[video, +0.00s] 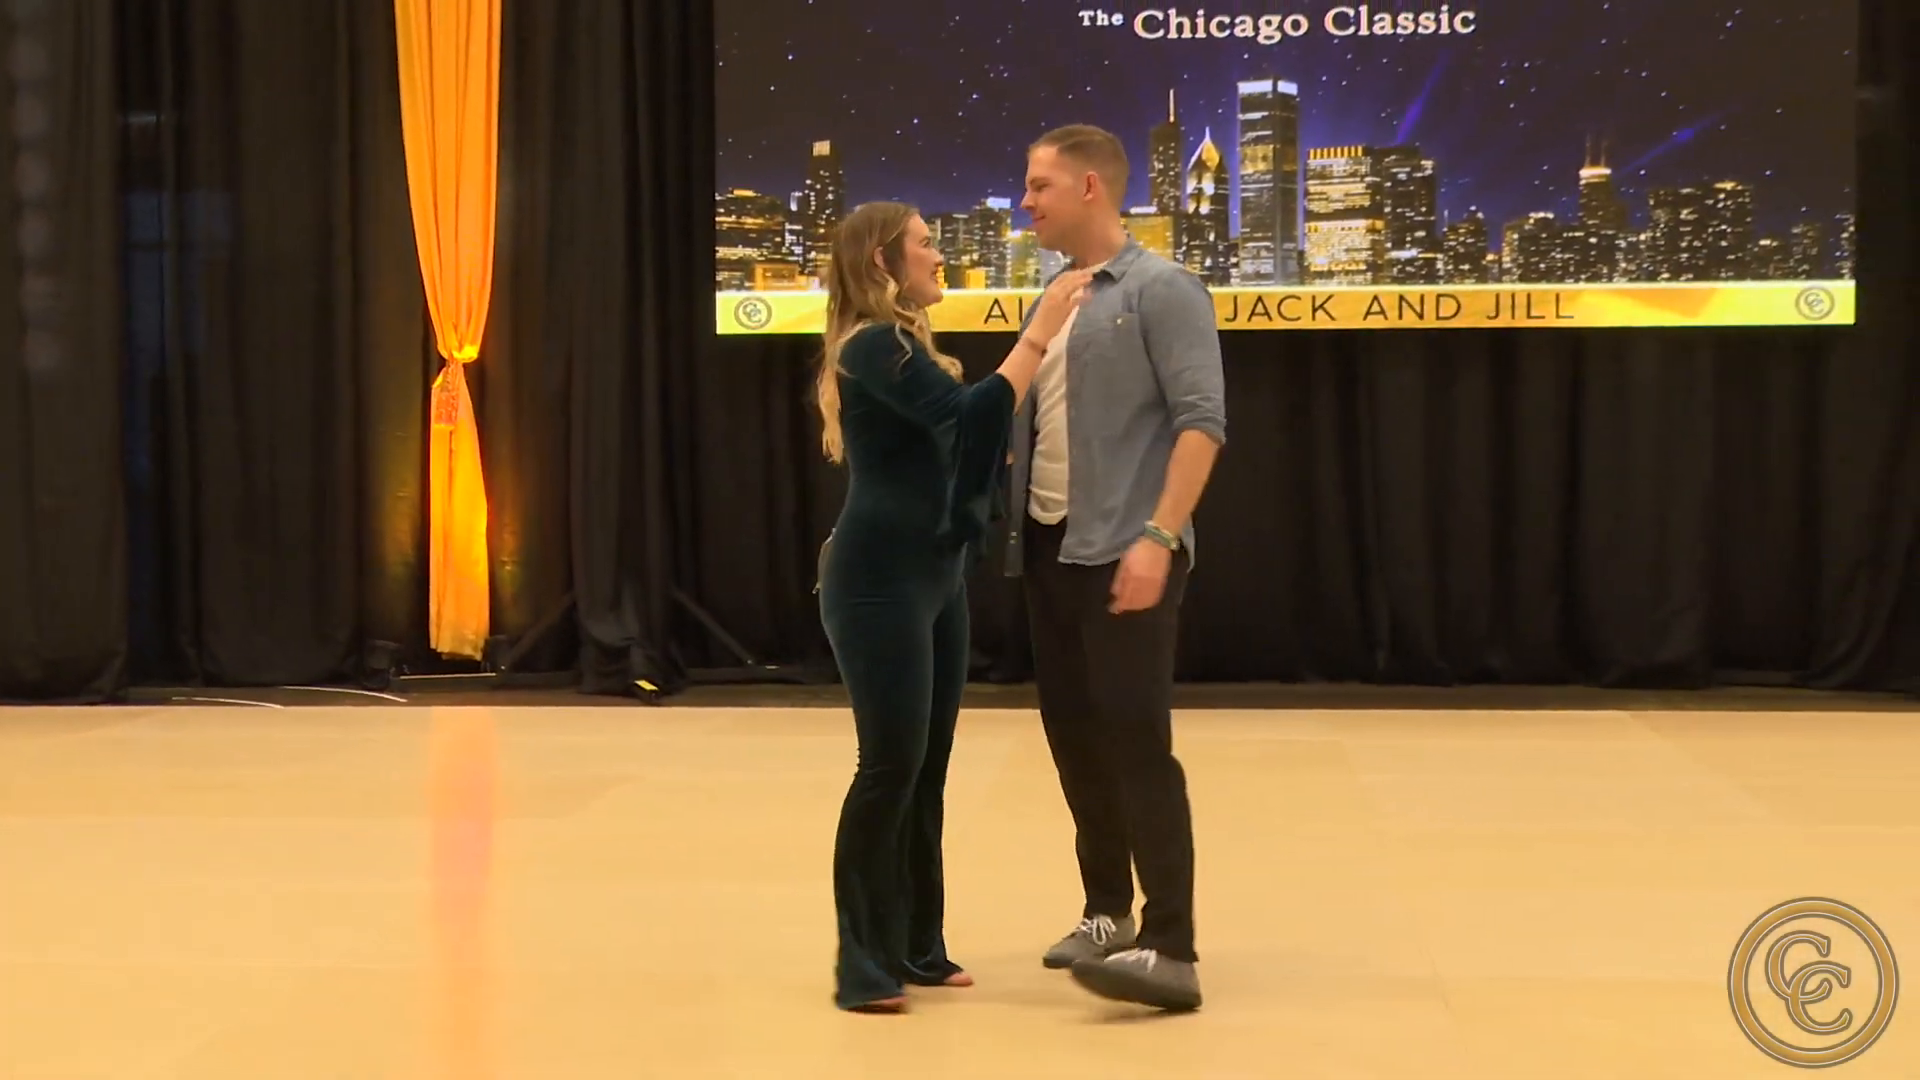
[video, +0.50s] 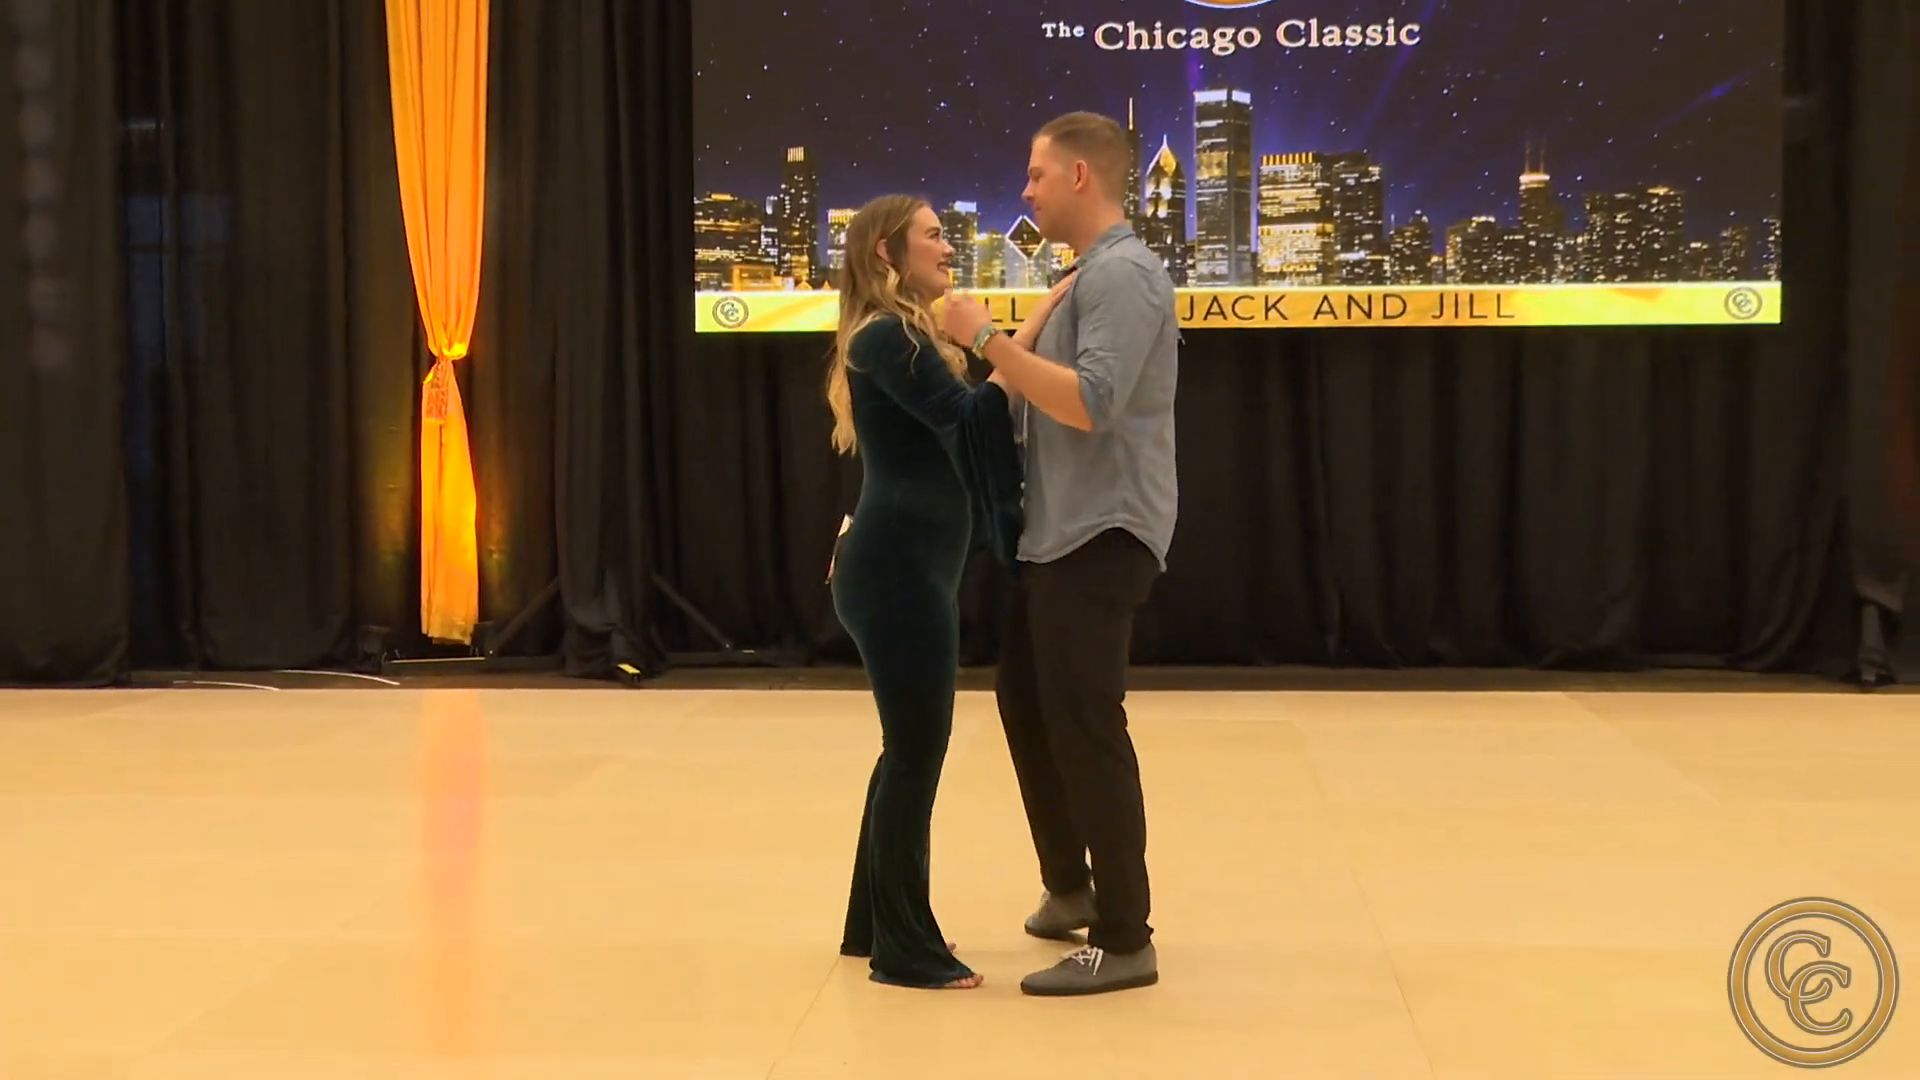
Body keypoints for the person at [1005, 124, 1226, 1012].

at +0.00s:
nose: (1026, 201)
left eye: (1039, 185)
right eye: (1026, 187)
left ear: (1095, 189)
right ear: (1071, 193)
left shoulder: (1163, 287)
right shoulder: (1053, 299)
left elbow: (1204, 421)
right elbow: (1021, 423)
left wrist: (1160, 538)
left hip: (1127, 553)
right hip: (1048, 551)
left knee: (1137, 747)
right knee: (1077, 743)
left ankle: (1171, 954)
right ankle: (1112, 917)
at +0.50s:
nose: (1026, 189)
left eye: (1036, 173)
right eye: (1028, 174)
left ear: (1080, 177)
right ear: (1082, 177)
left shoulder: (1123, 273)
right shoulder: (1080, 278)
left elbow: (1091, 402)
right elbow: (1033, 406)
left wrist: (987, 340)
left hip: (1103, 530)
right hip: (1057, 530)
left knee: (1085, 719)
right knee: (1028, 708)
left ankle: (1125, 945)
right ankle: (1072, 893)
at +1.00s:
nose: (1011, 197)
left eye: (1022, 182)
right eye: (1014, 182)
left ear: (1071, 189)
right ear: (1070, 190)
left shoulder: (1107, 285)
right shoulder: (1064, 287)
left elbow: (1099, 424)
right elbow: (1033, 411)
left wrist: (1018, 354)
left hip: (1085, 538)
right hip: (1050, 536)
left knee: (1082, 724)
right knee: (1055, 717)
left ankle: (1100, 921)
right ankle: (1057, 884)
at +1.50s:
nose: (1012, 222)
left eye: (1021, 207)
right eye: (1013, 207)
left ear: (1065, 210)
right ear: (1065, 210)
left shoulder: (1100, 300)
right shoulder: (1065, 300)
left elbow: (1091, 431)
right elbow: (1035, 413)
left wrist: (1016, 368)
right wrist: (1018, 363)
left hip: (1082, 536)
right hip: (1047, 535)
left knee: (1076, 709)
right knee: (1045, 703)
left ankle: (1092, 905)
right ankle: (1075, 870)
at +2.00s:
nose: (1003, 242)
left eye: (1011, 227)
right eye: (1001, 228)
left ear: (1058, 223)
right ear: (1047, 225)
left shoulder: (1102, 312)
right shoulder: (1038, 306)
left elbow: (1108, 444)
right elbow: (1001, 409)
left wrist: (1021, 379)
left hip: (1078, 535)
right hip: (1042, 530)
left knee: (1032, 692)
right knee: (1059, 695)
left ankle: (1073, 883)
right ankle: (1077, 866)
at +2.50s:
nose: (992, 257)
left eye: (997, 241)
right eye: (988, 243)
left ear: (1043, 227)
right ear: (1038, 231)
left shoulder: (1099, 311)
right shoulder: (1032, 305)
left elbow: (1113, 445)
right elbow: (979, 398)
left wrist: (1024, 385)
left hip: (1084, 532)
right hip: (1045, 527)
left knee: (1058, 699)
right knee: (1051, 698)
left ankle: (1081, 892)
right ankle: (1071, 867)